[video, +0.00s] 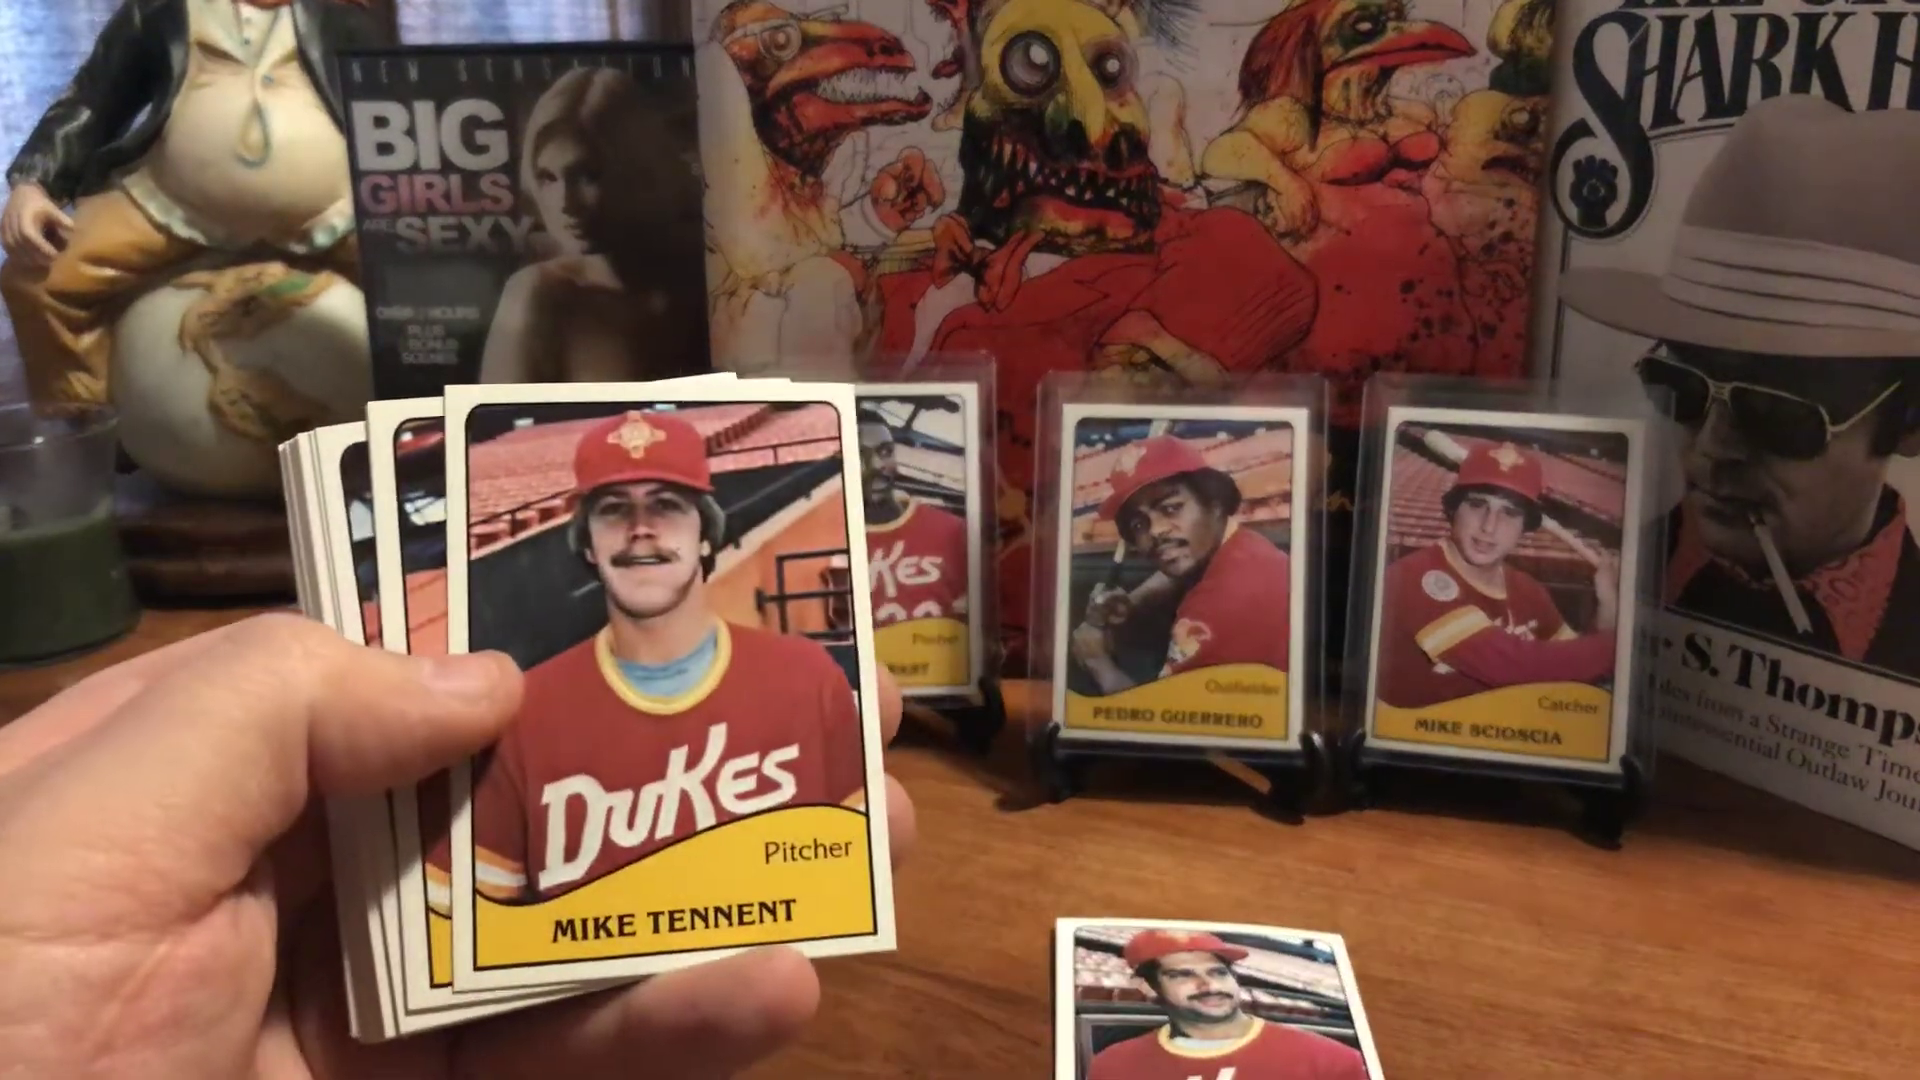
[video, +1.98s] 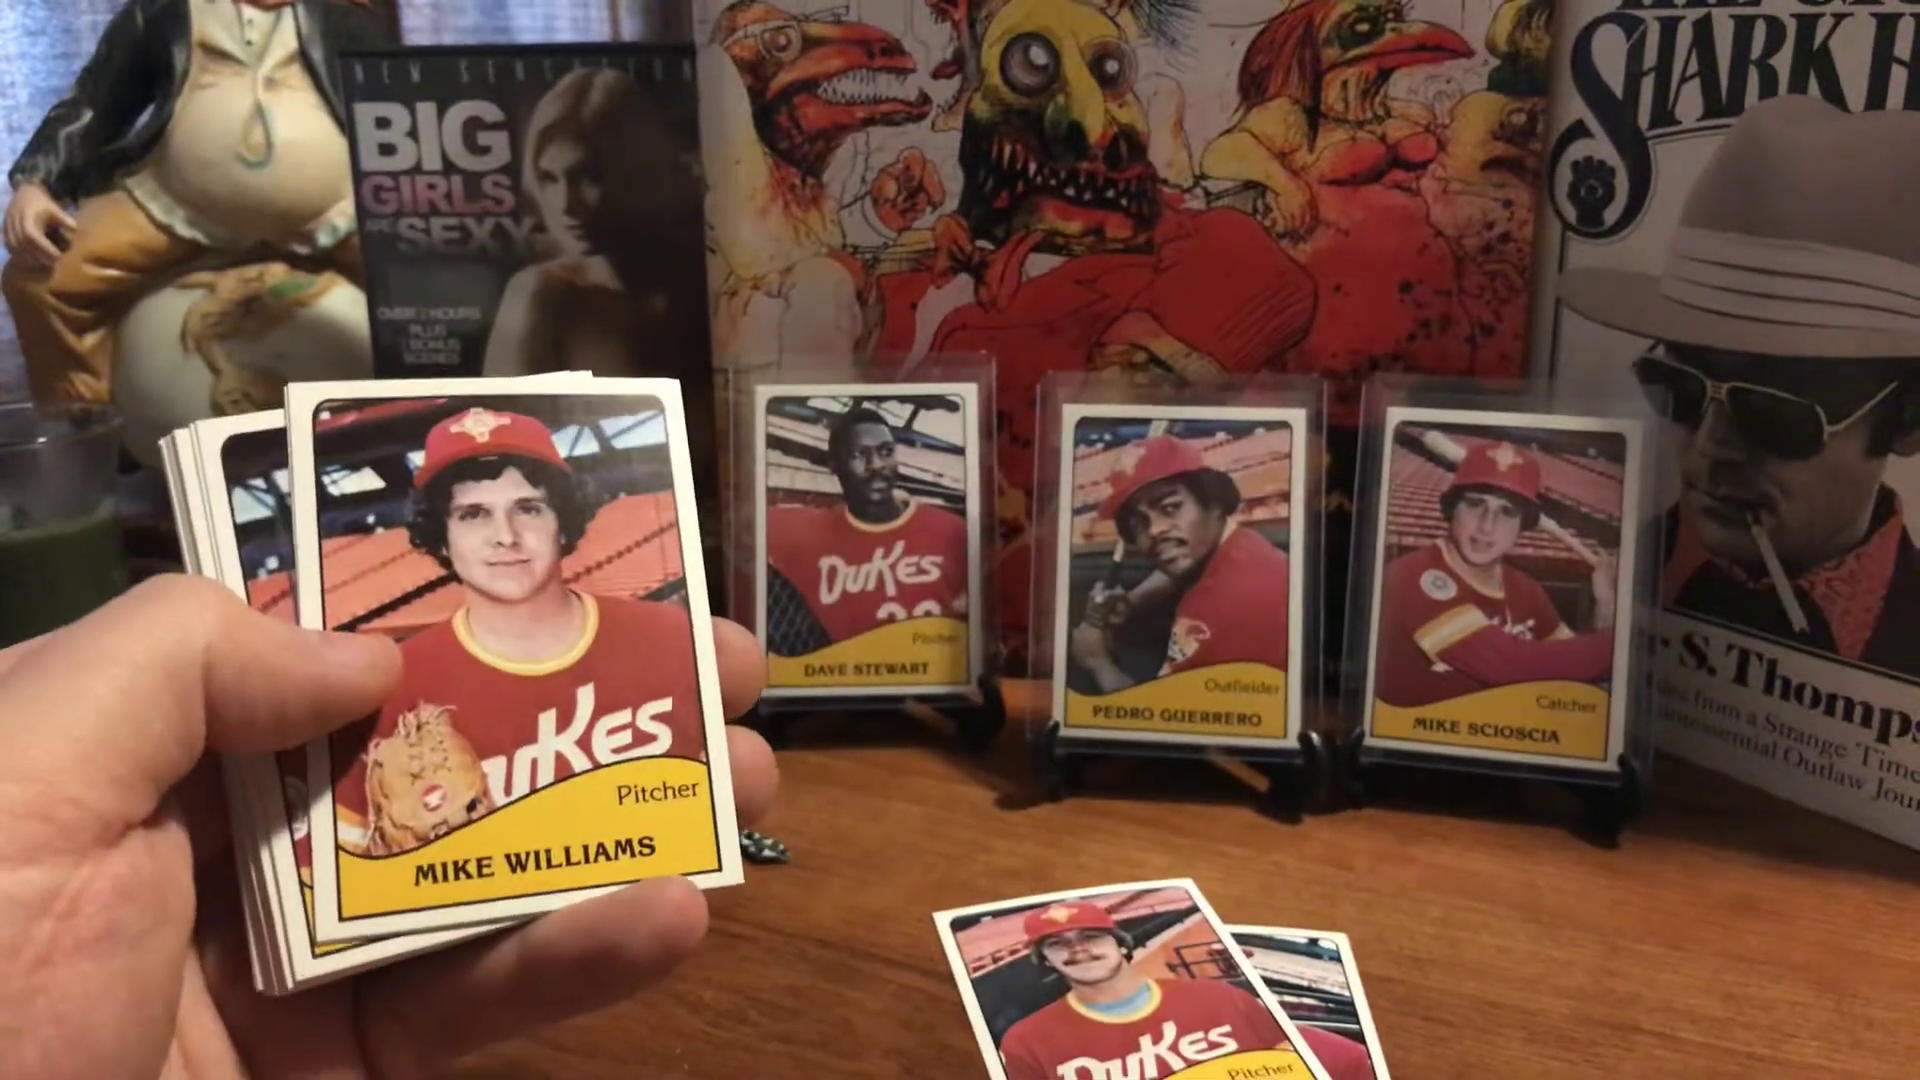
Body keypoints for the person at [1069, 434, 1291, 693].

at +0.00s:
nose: (1156, 531)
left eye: (1171, 508)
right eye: (1140, 523)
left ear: (1215, 503)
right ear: (1133, 540)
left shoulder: (1214, 605)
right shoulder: (1252, 546)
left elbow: (1160, 719)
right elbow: (1186, 564)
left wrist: (1098, 662)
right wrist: (1133, 602)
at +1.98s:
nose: (1156, 530)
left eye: (1170, 508)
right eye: (1140, 522)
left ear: (1213, 504)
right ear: (1133, 539)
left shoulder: (1212, 605)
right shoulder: (1248, 544)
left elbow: (1160, 720)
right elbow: (1185, 564)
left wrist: (1098, 662)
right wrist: (1132, 602)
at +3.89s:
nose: (1155, 531)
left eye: (1169, 509)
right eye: (1139, 523)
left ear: (1212, 503)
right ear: (1133, 540)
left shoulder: (1211, 606)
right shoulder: (1248, 546)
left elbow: (1160, 719)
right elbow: (1182, 568)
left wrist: (1098, 662)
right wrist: (1133, 603)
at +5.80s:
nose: (1155, 531)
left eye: (1169, 509)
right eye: (1139, 524)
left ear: (1212, 505)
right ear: (1133, 540)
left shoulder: (1210, 608)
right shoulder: (1247, 544)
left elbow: (1159, 717)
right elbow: (1182, 566)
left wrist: (1097, 661)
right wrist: (1132, 602)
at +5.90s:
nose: (1155, 531)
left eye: (1169, 509)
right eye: (1139, 524)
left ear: (1212, 506)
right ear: (1134, 541)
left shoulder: (1210, 608)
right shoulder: (1247, 544)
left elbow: (1160, 718)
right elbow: (1182, 566)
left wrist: (1097, 662)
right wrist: (1132, 602)